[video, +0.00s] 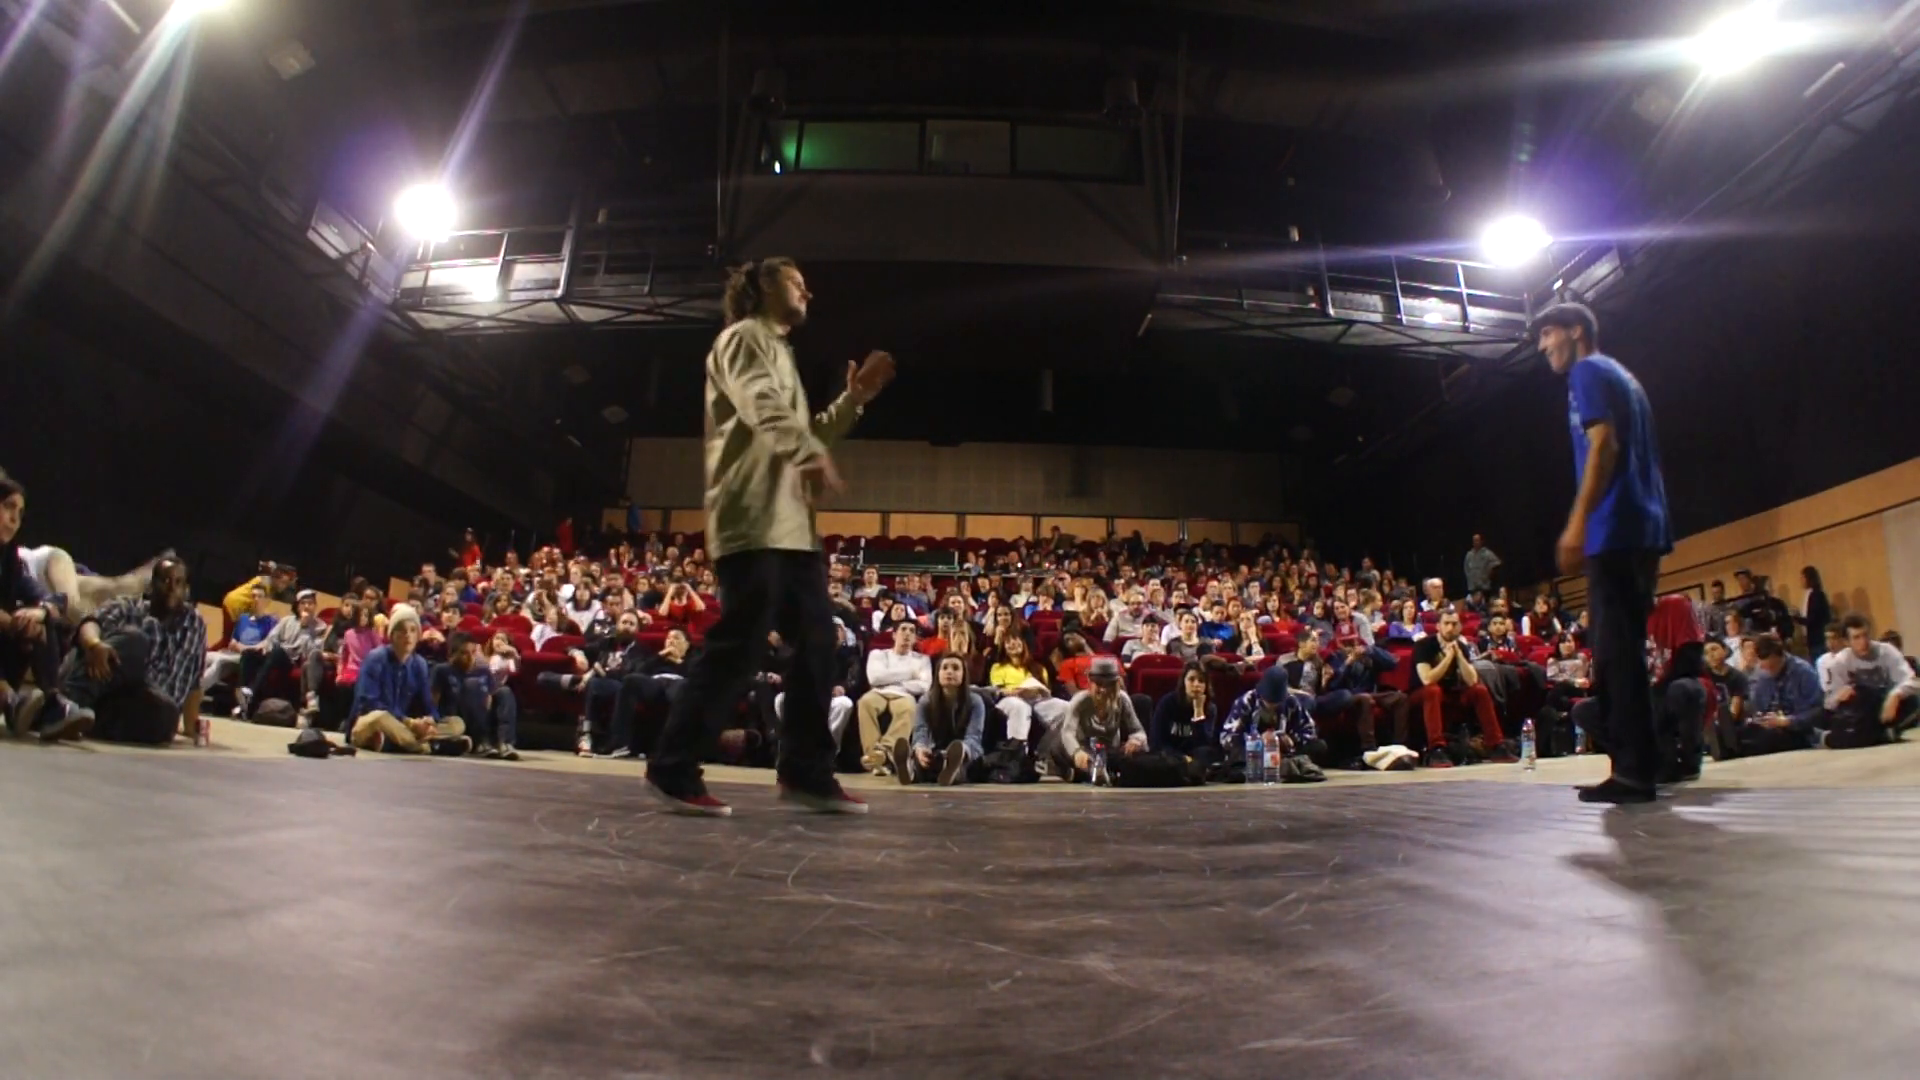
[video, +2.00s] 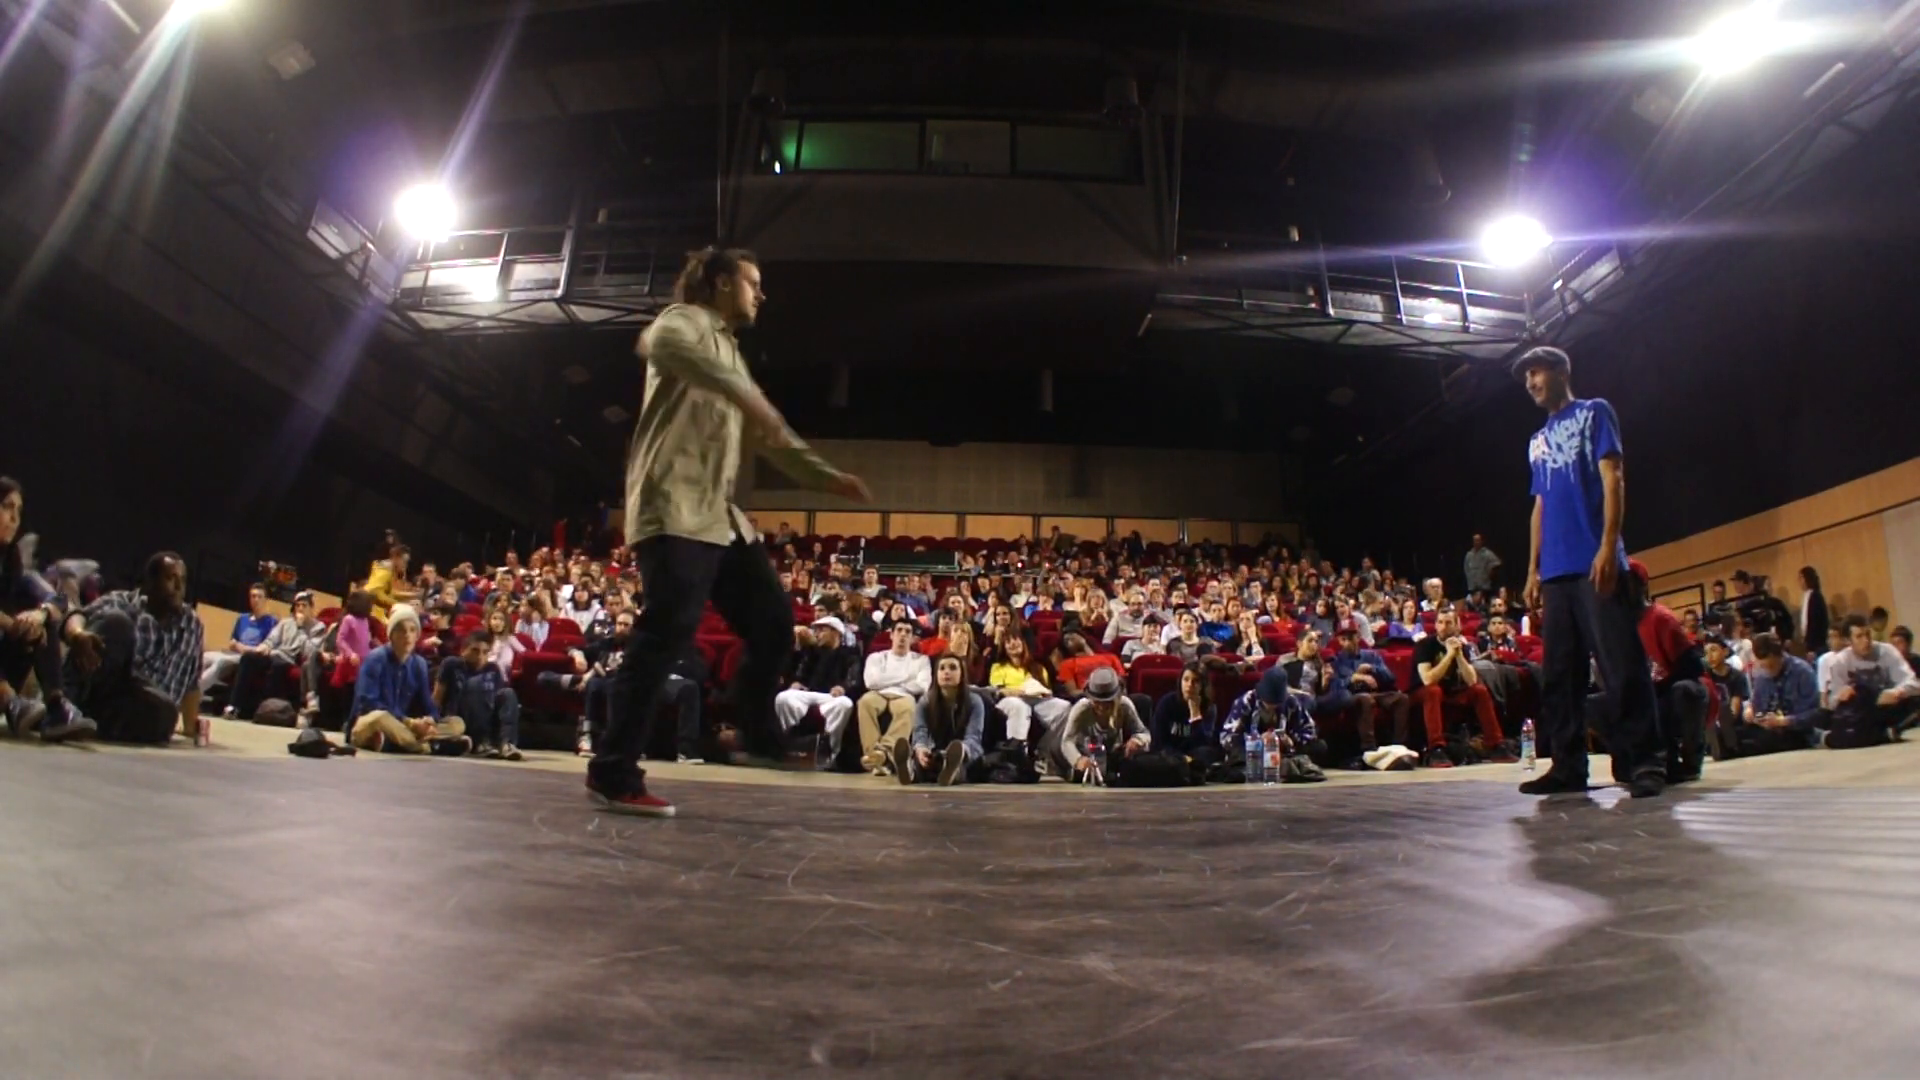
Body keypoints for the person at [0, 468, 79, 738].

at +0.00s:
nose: (14, 519)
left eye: (19, 513)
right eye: (9, 508)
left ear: (21, 519)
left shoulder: (12, 557)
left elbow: (51, 603)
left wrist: (40, 611)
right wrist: (11, 621)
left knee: (41, 623)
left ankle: (53, 704)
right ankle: (9, 701)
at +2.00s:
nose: (13, 517)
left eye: (17, 510)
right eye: (7, 507)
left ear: (21, 515)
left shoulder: (14, 570)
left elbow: (58, 605)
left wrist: (41, 613)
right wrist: (12, 624)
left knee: (43, 624)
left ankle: (57, 706)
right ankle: (11, 702)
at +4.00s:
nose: (14, 516)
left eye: (18, 509)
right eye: (8, 506)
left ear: (21, 517)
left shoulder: (11, 562)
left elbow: (53, 609)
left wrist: (42, 614)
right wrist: (13, 625)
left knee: (44, 628)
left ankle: (58, 708)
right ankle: (11, 704)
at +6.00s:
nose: (15, 516)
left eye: (18, 508)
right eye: (8, 506)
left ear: (19, 514)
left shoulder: (11, 564)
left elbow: (57, 608)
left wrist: (42, 614)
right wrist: (10, 623)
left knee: (44, 624)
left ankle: (57, 708)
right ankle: (12, 705)